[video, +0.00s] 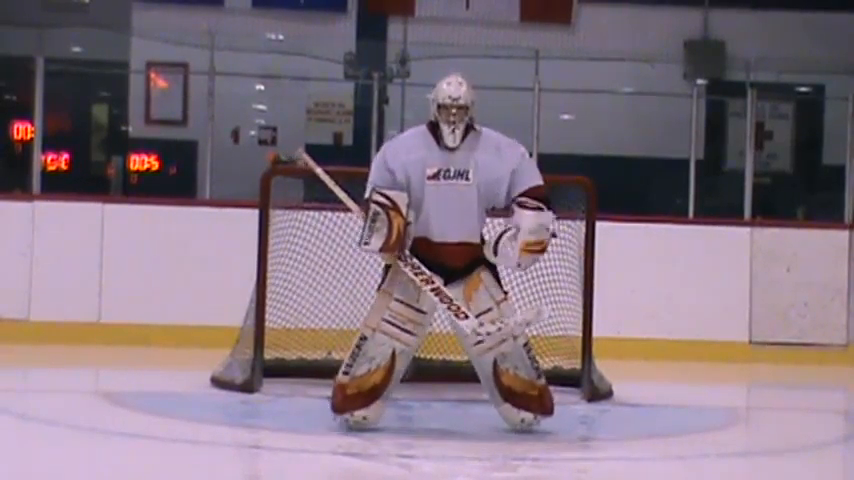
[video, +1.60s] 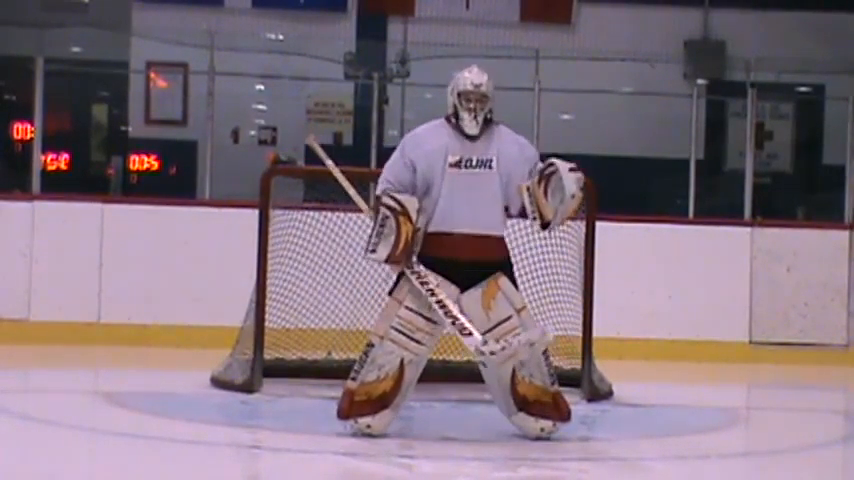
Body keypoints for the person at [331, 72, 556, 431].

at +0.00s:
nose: (452, 116)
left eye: (459, 109)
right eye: (446, 108)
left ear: (471, 110)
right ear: (433, 108)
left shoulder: (504, 152)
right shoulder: (401, 151)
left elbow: (532, 205)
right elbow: (384, 203)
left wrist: (522, 240)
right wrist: (380, 226)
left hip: (475, 268)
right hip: (414, 266)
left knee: (501, 340)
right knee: (385, 336)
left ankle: (524, 412)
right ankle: (358, 407)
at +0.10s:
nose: (454, 120)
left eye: (462, 114)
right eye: (448, 113)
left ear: (473, 113)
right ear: (435, 112)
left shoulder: (505, 154)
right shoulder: (404, 152)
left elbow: (528, 203)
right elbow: (388, 208)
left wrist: (515, 228)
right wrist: (399, 232)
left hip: (480, 268)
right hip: (418, 267)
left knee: (508, 337)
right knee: (387, 334)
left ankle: (527, 410)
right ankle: (361, 406)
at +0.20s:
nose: (459, 132)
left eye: (466, 125)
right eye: (452, 125)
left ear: (478, 124)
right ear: (438, 123)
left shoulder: (501, 162)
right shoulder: (409, 161)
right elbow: (400, 222)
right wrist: (421, 258)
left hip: (478, 267)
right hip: (421, 264)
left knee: (504, 332)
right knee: (394, 331)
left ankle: (529, 407)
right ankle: (366, 407)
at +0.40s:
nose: (469, 185)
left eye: (476, 177)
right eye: (463, 176)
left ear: (488, 174)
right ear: (449, 171)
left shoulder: (509, 205)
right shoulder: (417, 194)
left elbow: (500, 262)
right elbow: (407, 251)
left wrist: (478, 286)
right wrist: (433, 282)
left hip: (476, 277)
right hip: (422, 272)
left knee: (507, 339)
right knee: (398, 334)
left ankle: (535, 413)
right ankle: (367, 411)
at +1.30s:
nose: (480, 146)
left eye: (487, 139)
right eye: (473, 138)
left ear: (497, 141)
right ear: (459, 138)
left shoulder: (519, 185)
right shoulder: (426, 170)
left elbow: (533, 245)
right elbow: (399, 220)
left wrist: (519, 265)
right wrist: (417, 266)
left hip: (482, 277)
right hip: (424, 272)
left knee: (510, 339)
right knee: (395, 336)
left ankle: (536, 414)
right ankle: (368, 412)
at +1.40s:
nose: (477, 126)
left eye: (483, 119)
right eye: (470, 119)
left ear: (493, 123)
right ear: (456, 120)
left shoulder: (515, 167)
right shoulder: (422, 156)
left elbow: (538, 213)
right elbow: (386, 195)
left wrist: (545, 233)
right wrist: (397, 224)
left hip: (483, 268)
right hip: (426, 265)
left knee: (514, 342)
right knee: (394, 339)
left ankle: (537, 417)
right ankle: (366, 414)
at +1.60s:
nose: (473, 106)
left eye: (479, 99)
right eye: (466, 99)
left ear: (489, 102)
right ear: (452, 100)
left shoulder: (511, 146)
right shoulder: (422, 142)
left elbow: (528, 200)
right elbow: (390, 191)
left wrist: (556, 186)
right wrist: (393, 223)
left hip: (490, 263)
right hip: (432, 262)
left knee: (514, 340)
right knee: (401, 336)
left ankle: (539, 416)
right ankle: (370, 413)